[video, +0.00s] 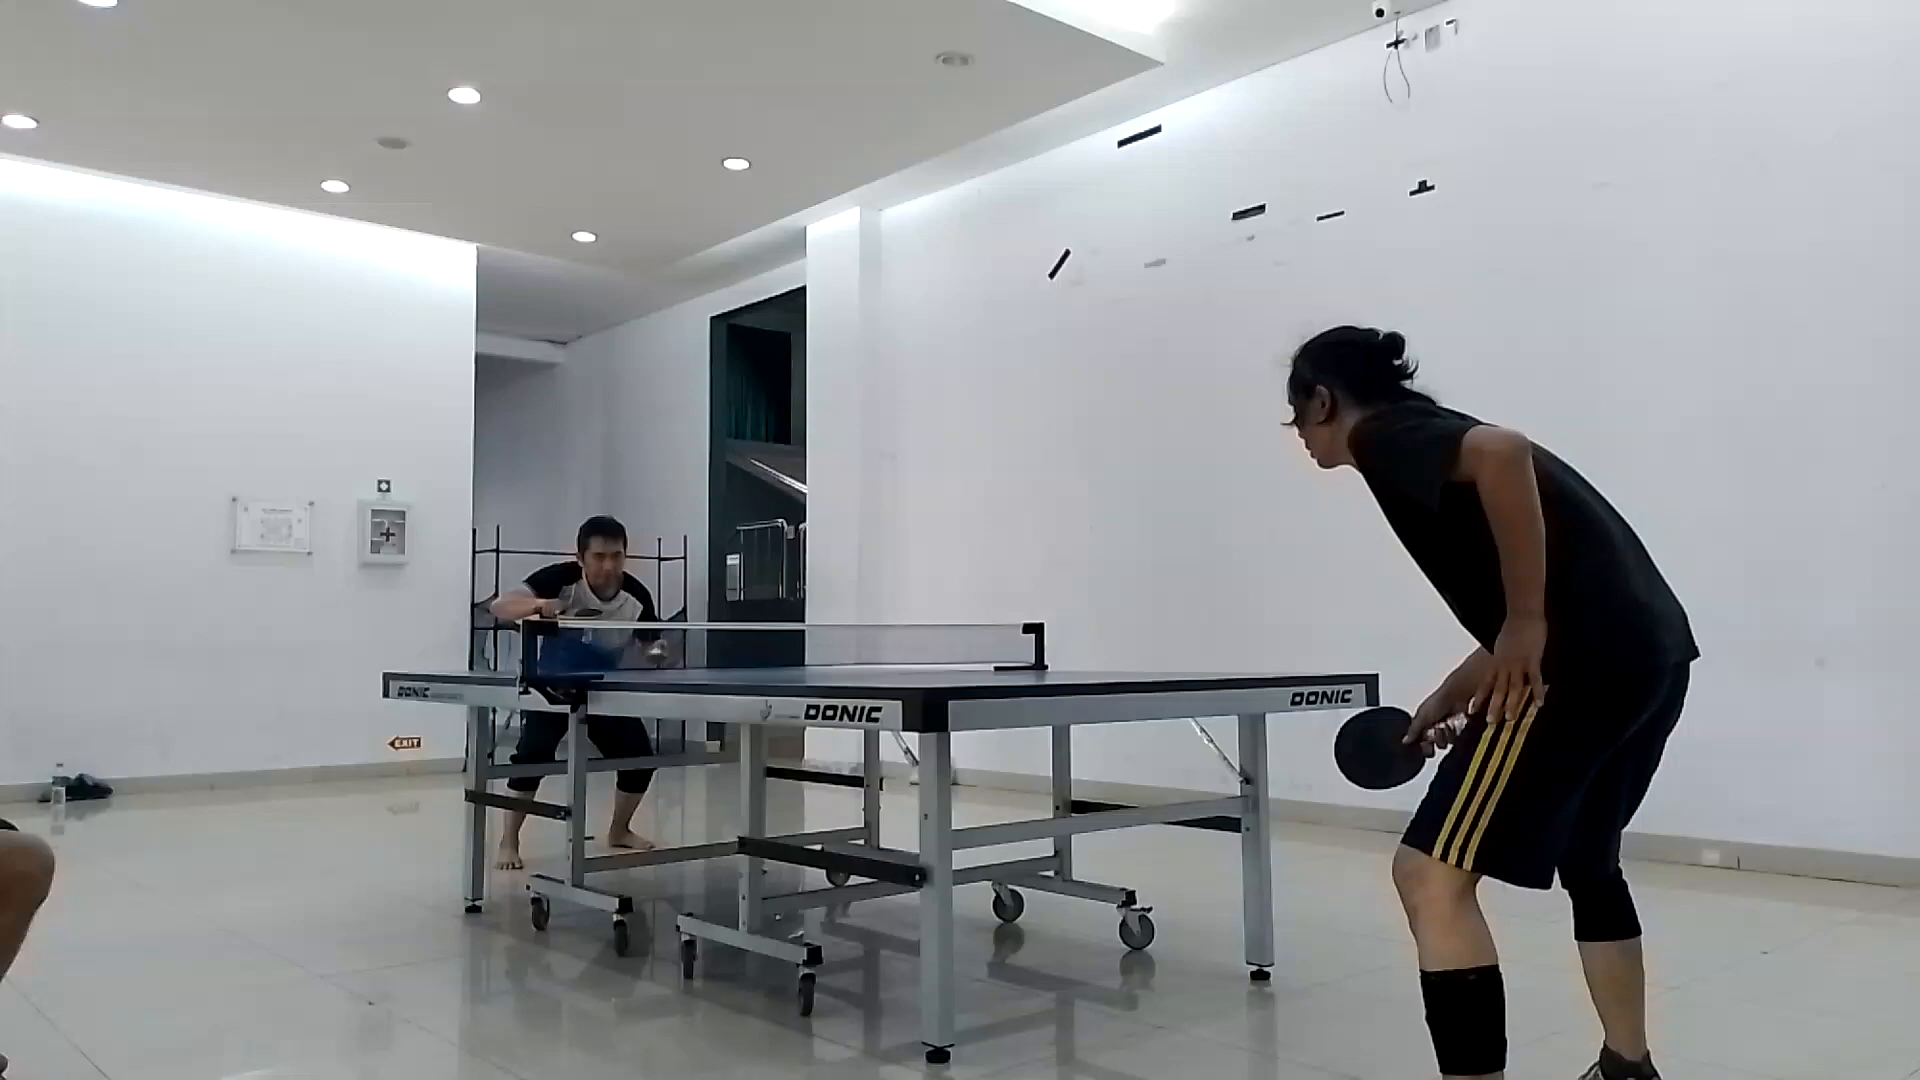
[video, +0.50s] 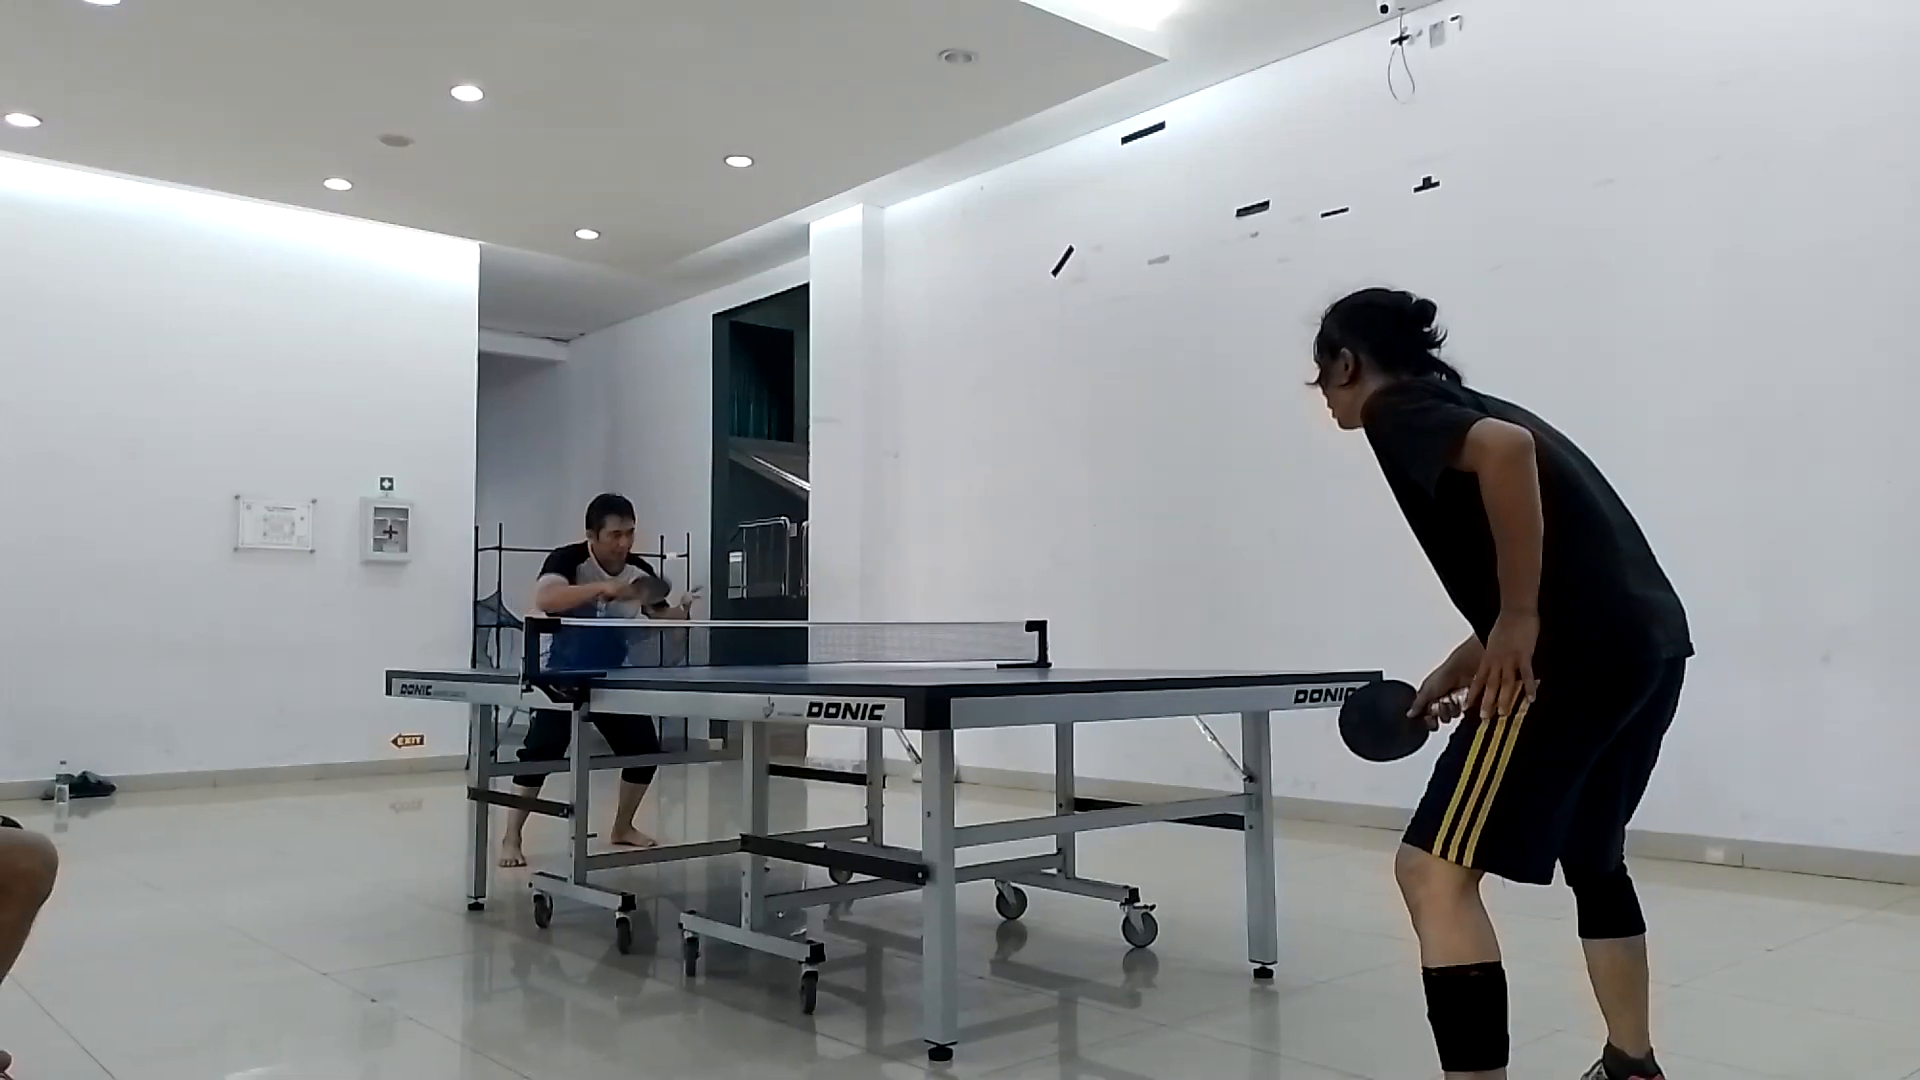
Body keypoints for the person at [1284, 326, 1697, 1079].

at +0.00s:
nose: (1299, 434)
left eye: (1298, 414)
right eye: (1296, 418)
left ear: (1325, 398)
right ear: (1380, 389)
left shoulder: (1383, 434)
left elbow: (1502, 449)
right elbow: (1545, 598)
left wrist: (1520, 619)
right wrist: (1449, 697)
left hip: (1579, 655)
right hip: (1652, 654)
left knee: (1430, 874)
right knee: (1589, 855)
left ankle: (1473, 1071)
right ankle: (1629, 1064)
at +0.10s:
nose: (1301, 426)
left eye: (1302, 406)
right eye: (1299, 409)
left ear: (1329, 395)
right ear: (1386, 385)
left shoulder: (1385, 432)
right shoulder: (1441, 436)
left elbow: (1503, 451)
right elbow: (1536, 605)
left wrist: (1521, 620)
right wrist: (1445, 699)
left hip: (1576, 658)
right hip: (1653, 656)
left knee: (1425, 873)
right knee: (1589, 854)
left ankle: (1472, 1072)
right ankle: (1632, 1062)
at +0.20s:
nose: (1305, 420)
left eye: (1306, 400)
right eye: (1303, 403)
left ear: (1333, 390)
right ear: (1390, 380)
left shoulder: (1389, 431)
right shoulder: (1451, 432)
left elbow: (1504, 450)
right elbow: (1537, 601)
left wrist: (1520, 620)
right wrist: (1447, 696)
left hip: (1575, 655)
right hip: (1653, 654)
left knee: (1423, 873)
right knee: (1591, 852)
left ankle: (1472, 1072)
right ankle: (1633, 1061)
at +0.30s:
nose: (1310, 419)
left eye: (1310, 399)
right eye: (1306, 403)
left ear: (1338, 384)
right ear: (1393, 376)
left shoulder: (1389, 426)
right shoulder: (1462, 427)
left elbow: (1503, 451)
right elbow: (1538, 595)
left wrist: (1518, 622)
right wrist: (1447, 692)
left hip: (1574, 652)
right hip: (1653, 650)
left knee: (1422, 872)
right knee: (1593, 851)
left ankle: (1473, 1072)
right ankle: (1633, 1061)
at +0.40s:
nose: (1312, 404)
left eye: (1313, 385)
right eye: (1309, 388)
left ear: (1341, 373)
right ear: (1400, 366)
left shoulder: (1388, 418)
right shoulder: (1470, 419)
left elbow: (1502, 450)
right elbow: (1550, 573)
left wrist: (1517, 618)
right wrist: (1458, 675)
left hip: (1572, 650)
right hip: (1652, 646)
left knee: (1427, 871)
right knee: (1593, 851)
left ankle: (1475, 1072)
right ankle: (1634, 1061)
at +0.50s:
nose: (1322, 393)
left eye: (1324, 373)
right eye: (1319, 376)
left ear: (1354, 361)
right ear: (1413, 357)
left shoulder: (1395, 410)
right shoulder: (1481, 411)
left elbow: (1506, 445)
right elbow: (1546, 571)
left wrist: (1517, 618)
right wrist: (1455, 671)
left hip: (1568, 649)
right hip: (1651, 645)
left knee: (1433, 871)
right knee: (1593, 850)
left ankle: (1475, 1071)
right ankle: (1633, 1061)